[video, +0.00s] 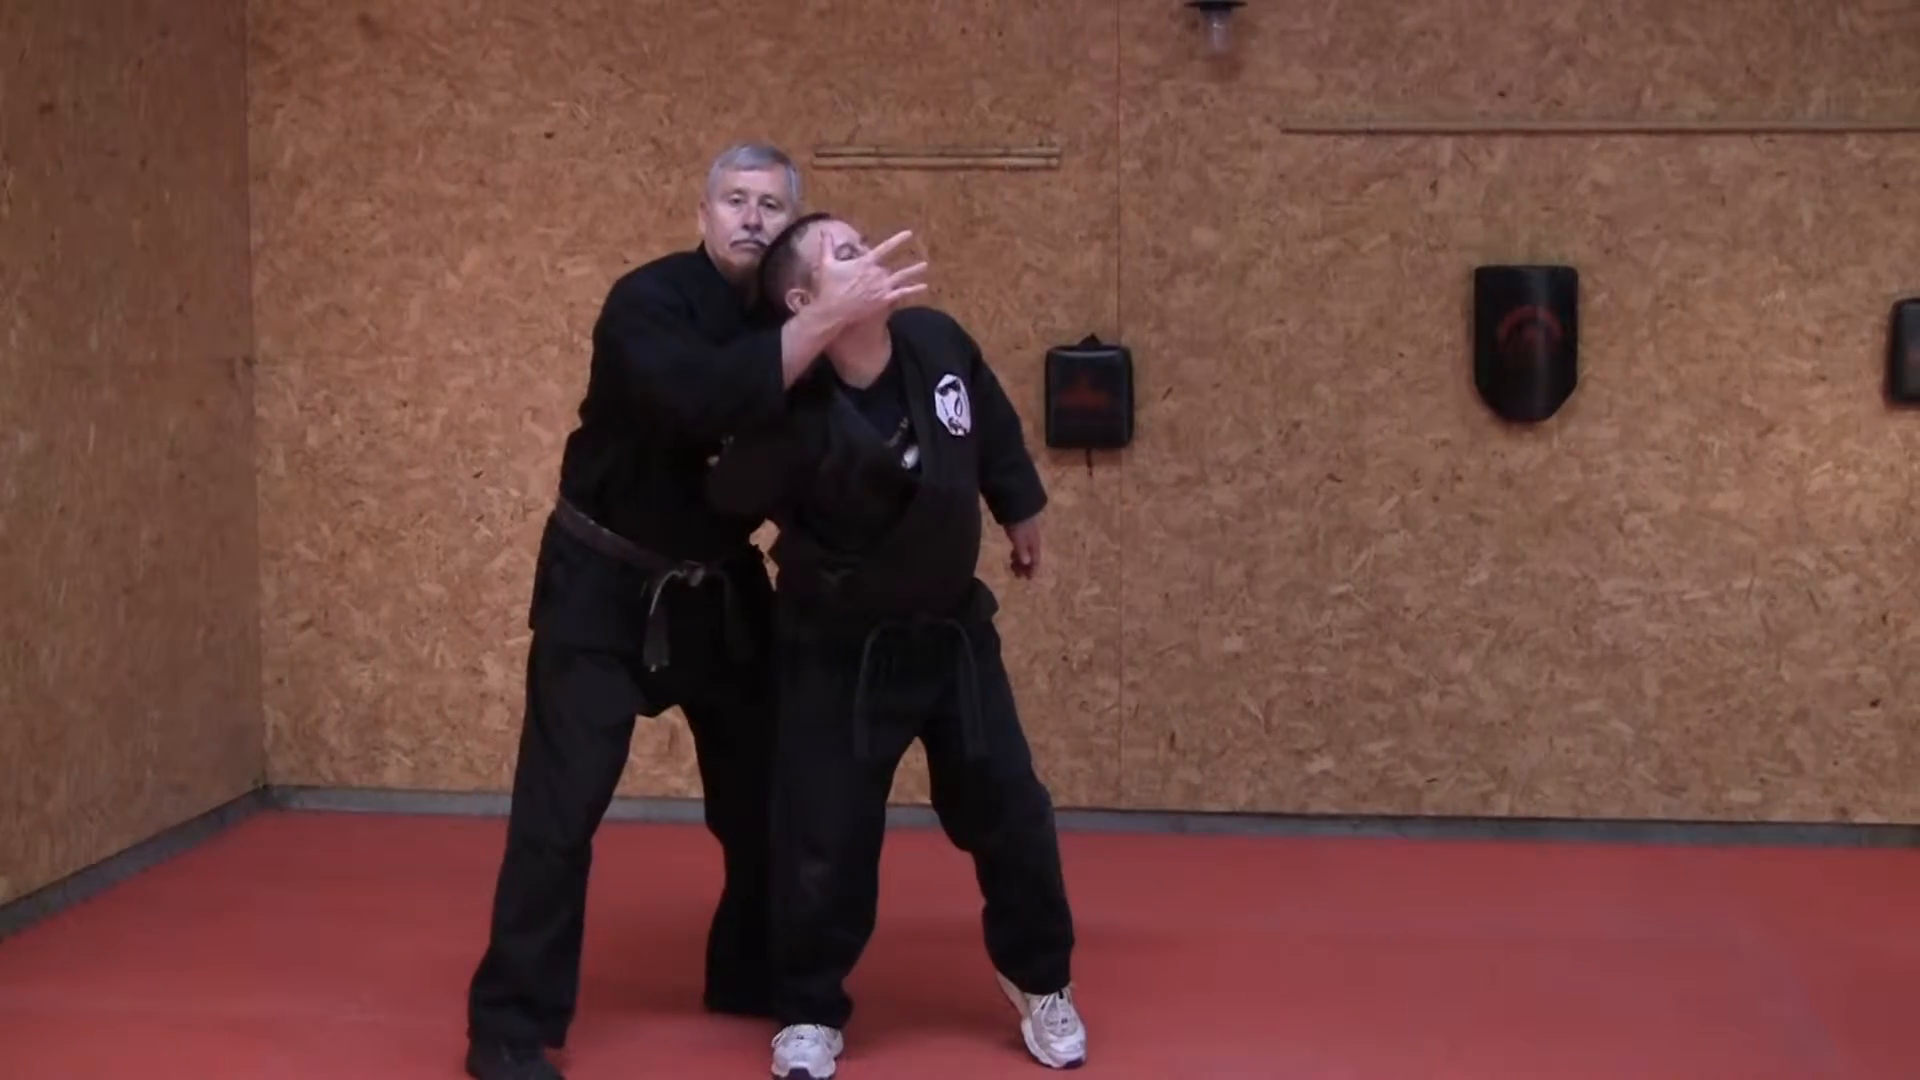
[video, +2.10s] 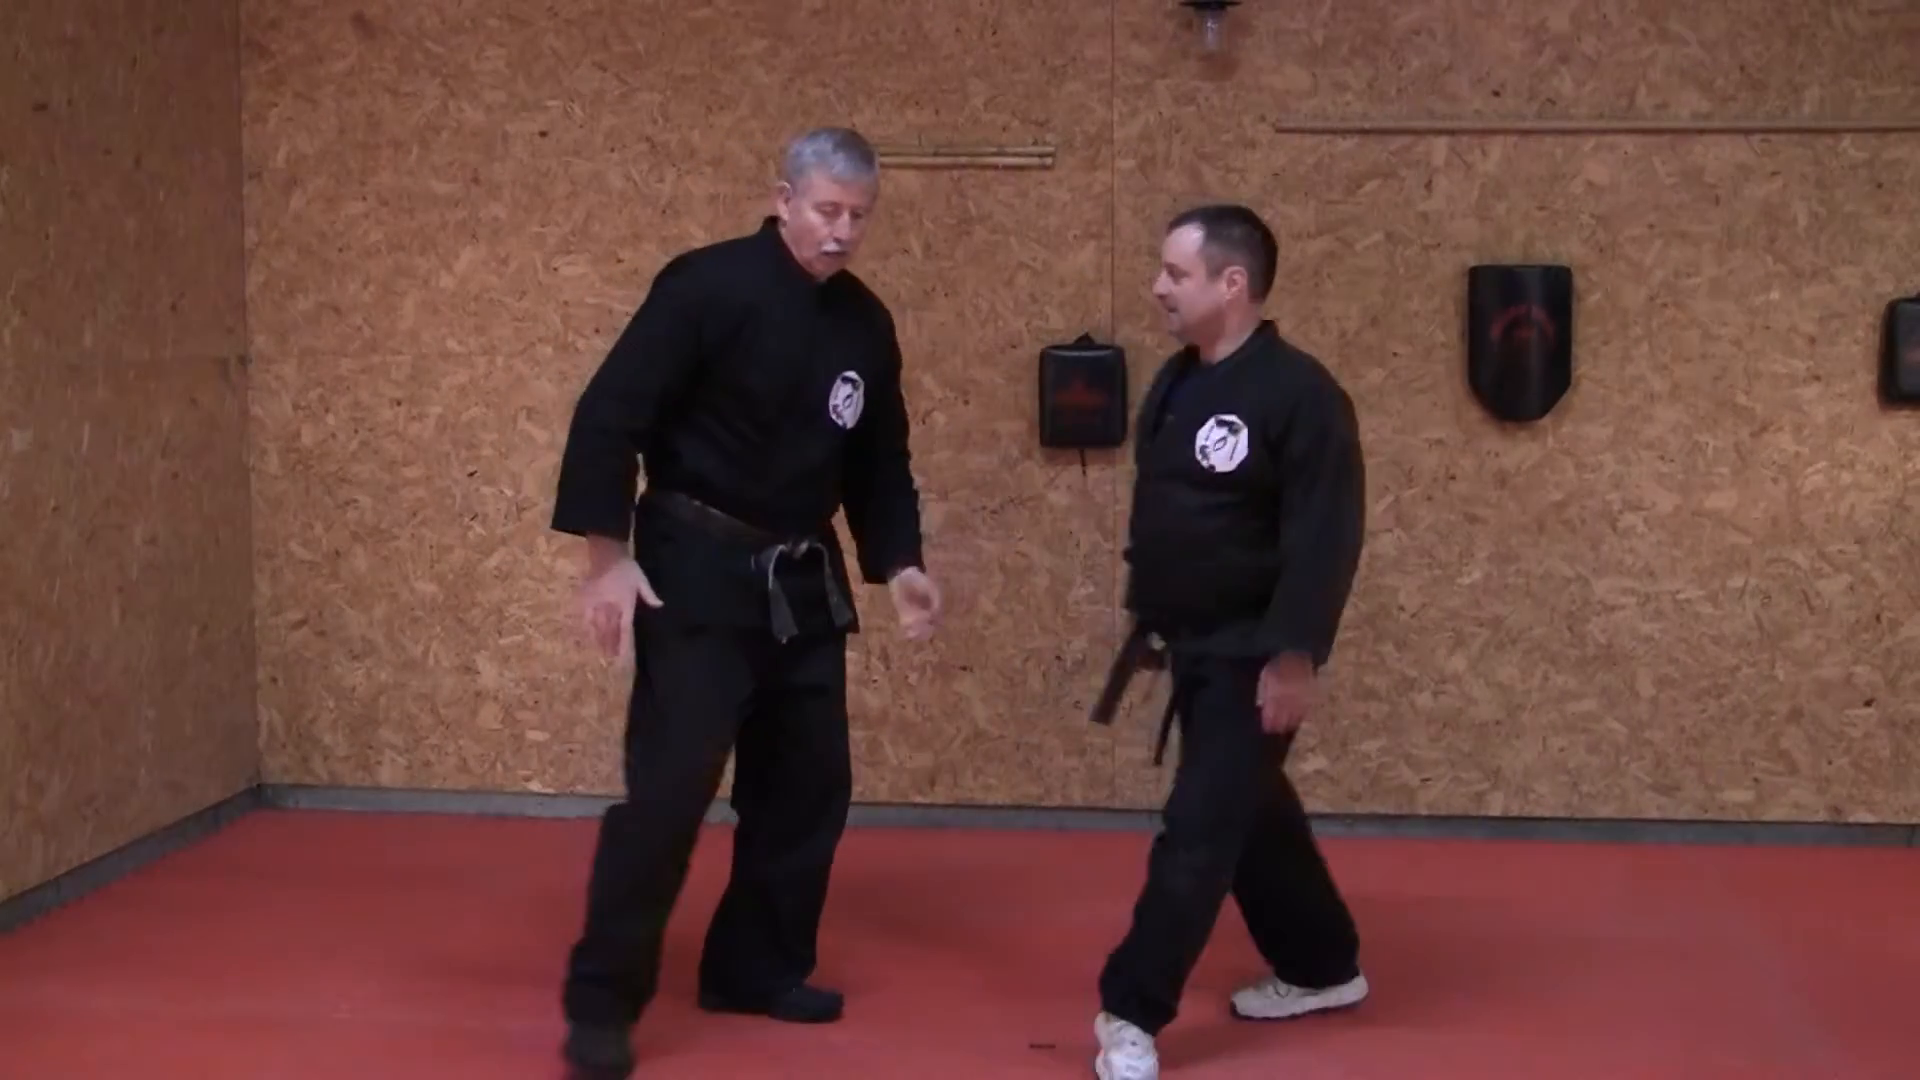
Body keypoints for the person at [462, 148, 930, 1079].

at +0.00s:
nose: (752, 216)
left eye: (771, 205)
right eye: (736, 199)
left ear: (792, 224)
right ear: (701, 210)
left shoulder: (790, 308)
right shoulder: (643, 303)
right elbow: (697, 399)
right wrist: (824, 318)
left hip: (719, 576)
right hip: (604, 573)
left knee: (762, 790)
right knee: (560, 811)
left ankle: (752, 977)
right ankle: (514, 1032)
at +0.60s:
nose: (742, 219)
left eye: (761, 207)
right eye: (725, 202)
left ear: (782, 229)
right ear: (692, 215)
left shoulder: (783, 329)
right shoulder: (630, 305)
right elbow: (678, 403)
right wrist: (828, 355)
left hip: (710, 579)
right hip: (591, 575)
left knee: (754, 791)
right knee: (555, 813)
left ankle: (748, 980)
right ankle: (511, 1037)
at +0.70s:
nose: (742, 219)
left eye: (762, 208)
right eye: (726, 202)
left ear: (783, 229)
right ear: (693, 214)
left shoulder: (786, 342)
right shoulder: (629, 304)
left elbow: (823, 467)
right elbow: (661, 410)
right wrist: (813, 384)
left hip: (707, 578)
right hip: (589, 572)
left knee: (752, 791)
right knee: (554, 809)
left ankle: (748, 980)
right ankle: (512, 1034)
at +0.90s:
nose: (744, 220)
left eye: (763, 207)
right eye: (728, 202)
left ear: (783, 226)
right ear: (693, 209)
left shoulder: (786, 345)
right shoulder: (626, 305)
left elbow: (822, 452)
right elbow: (617, 443)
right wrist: (752, 466)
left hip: (706, 577)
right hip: (588, 576)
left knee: (752, 789)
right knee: (552, 814)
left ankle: (746, 978)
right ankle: (510, 1038)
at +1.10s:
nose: (742, 219)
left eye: (762, 206)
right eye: (727, 201)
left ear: (785, 224)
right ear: (695, 209)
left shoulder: (791, 349)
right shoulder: (624, 307)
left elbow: (828, 478)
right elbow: (557, 451)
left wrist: (791, 441)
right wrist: (654, 550)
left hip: (712, 578)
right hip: (589, 576)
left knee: (756, 789)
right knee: (551, 815)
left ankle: (747, 971)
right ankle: (508, 1032)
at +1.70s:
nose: (784, 217)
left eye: (803, 205)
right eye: (768, 199)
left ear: (822, 226)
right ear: (733, 209)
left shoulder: (822, 353)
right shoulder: (656, 296)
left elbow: (840, 499)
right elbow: (548, 420)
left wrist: (929, 495)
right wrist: (556, 554)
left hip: (738, 590)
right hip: (616, 578)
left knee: (786, 783)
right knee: (566, 812)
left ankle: (753, 971)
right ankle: (510, 1029)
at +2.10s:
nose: (842, 231)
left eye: (857, 215)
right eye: (827, 210)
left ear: (870, 220)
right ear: (783, 201)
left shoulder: (863, 322)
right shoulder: (704, 287)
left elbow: (878, 452)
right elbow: (611, 409)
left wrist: (900, 560)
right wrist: (604, 552)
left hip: (801, 579)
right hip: (696, 571)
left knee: (805, 790)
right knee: (666, 796)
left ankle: (753, 971)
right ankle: (603, 1005)